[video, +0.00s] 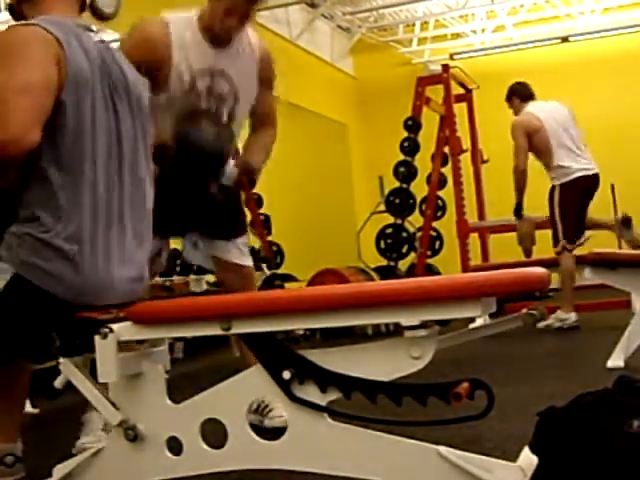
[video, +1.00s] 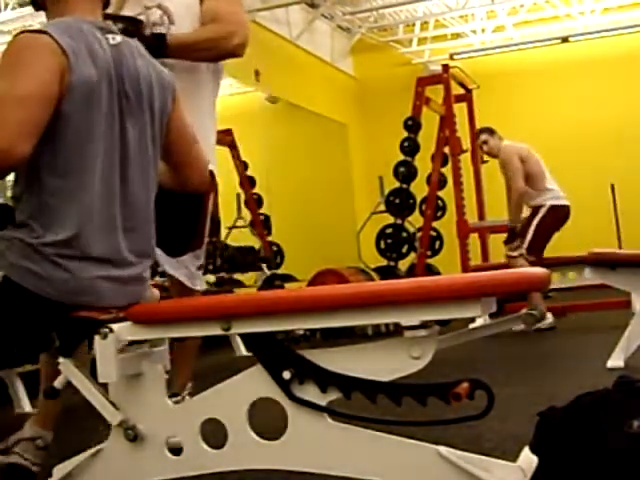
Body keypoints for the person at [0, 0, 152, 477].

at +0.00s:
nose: (14, 8)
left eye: (15, 5)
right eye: (17, 7)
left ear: (22, 2)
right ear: (82, 5)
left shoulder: (31, 38)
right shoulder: (126, 69)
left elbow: (16, 135)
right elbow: (143, 161)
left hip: (53, 269)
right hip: (127, 272)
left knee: (9, 354)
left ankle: (8, 452)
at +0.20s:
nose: (22, 10)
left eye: (24, 7)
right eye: (24, 8)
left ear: (32, 4)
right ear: (95, 6)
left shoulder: (35, 42)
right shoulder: (142, 74)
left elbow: (13, 141)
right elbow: (176, 183)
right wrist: (114, 209)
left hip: (39, 276)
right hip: (118, 283)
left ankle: (8, 451)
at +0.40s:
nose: (34, 8)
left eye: (36, 5)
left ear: (44, 3)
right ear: (107, 3)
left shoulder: (37, 42)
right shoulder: (152, 72)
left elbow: (10, 143)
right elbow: (194, 175)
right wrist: (125, 198)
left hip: (38, 280)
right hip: (121, 286)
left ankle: (8, 450)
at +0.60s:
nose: (40, 9)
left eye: (41, 6)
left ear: (47, 2)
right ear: (108, 4)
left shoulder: (37, 43)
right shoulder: (158, 70)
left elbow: (9, 143)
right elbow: (196, 175)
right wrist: (130, 178)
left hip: (39, 281)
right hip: (122, 286)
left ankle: (9, 451)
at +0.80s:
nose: (45, 12)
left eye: (44, 8)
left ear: (50, 4)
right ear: (106, 6)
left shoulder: (40, 43)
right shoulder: (155, 70)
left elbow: (9, 147)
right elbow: (194, 176)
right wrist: (133, 156)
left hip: (40, 278)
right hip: (122, 284)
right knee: (33, 344)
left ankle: (13, 444)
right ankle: (13, 442)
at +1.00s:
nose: (38, 10)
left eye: (40, 7)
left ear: (45, 3)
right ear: (105, 5)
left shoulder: (41, 46)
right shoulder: (154, 74)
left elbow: (11, 147)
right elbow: (194, 175)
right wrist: (130, 159)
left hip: (40, 283)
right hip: (125, 289)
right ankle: (37, 436)